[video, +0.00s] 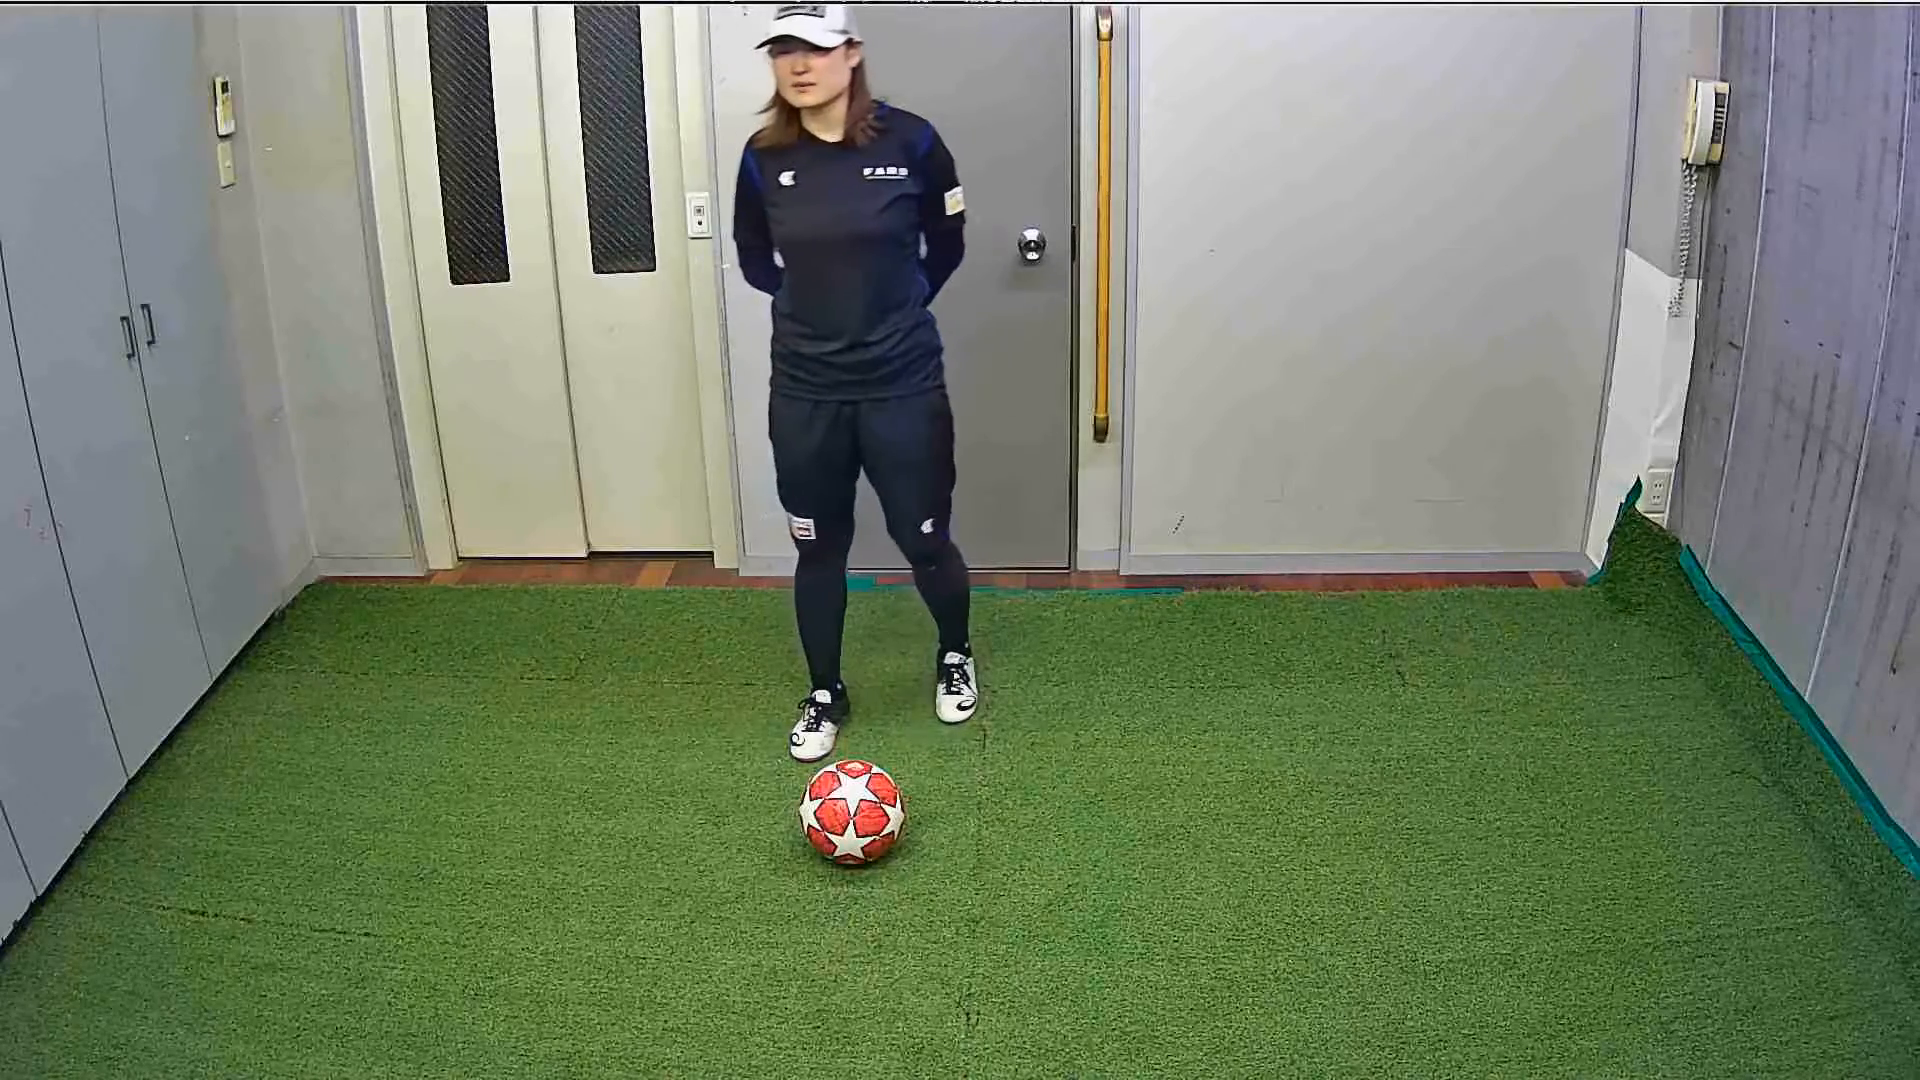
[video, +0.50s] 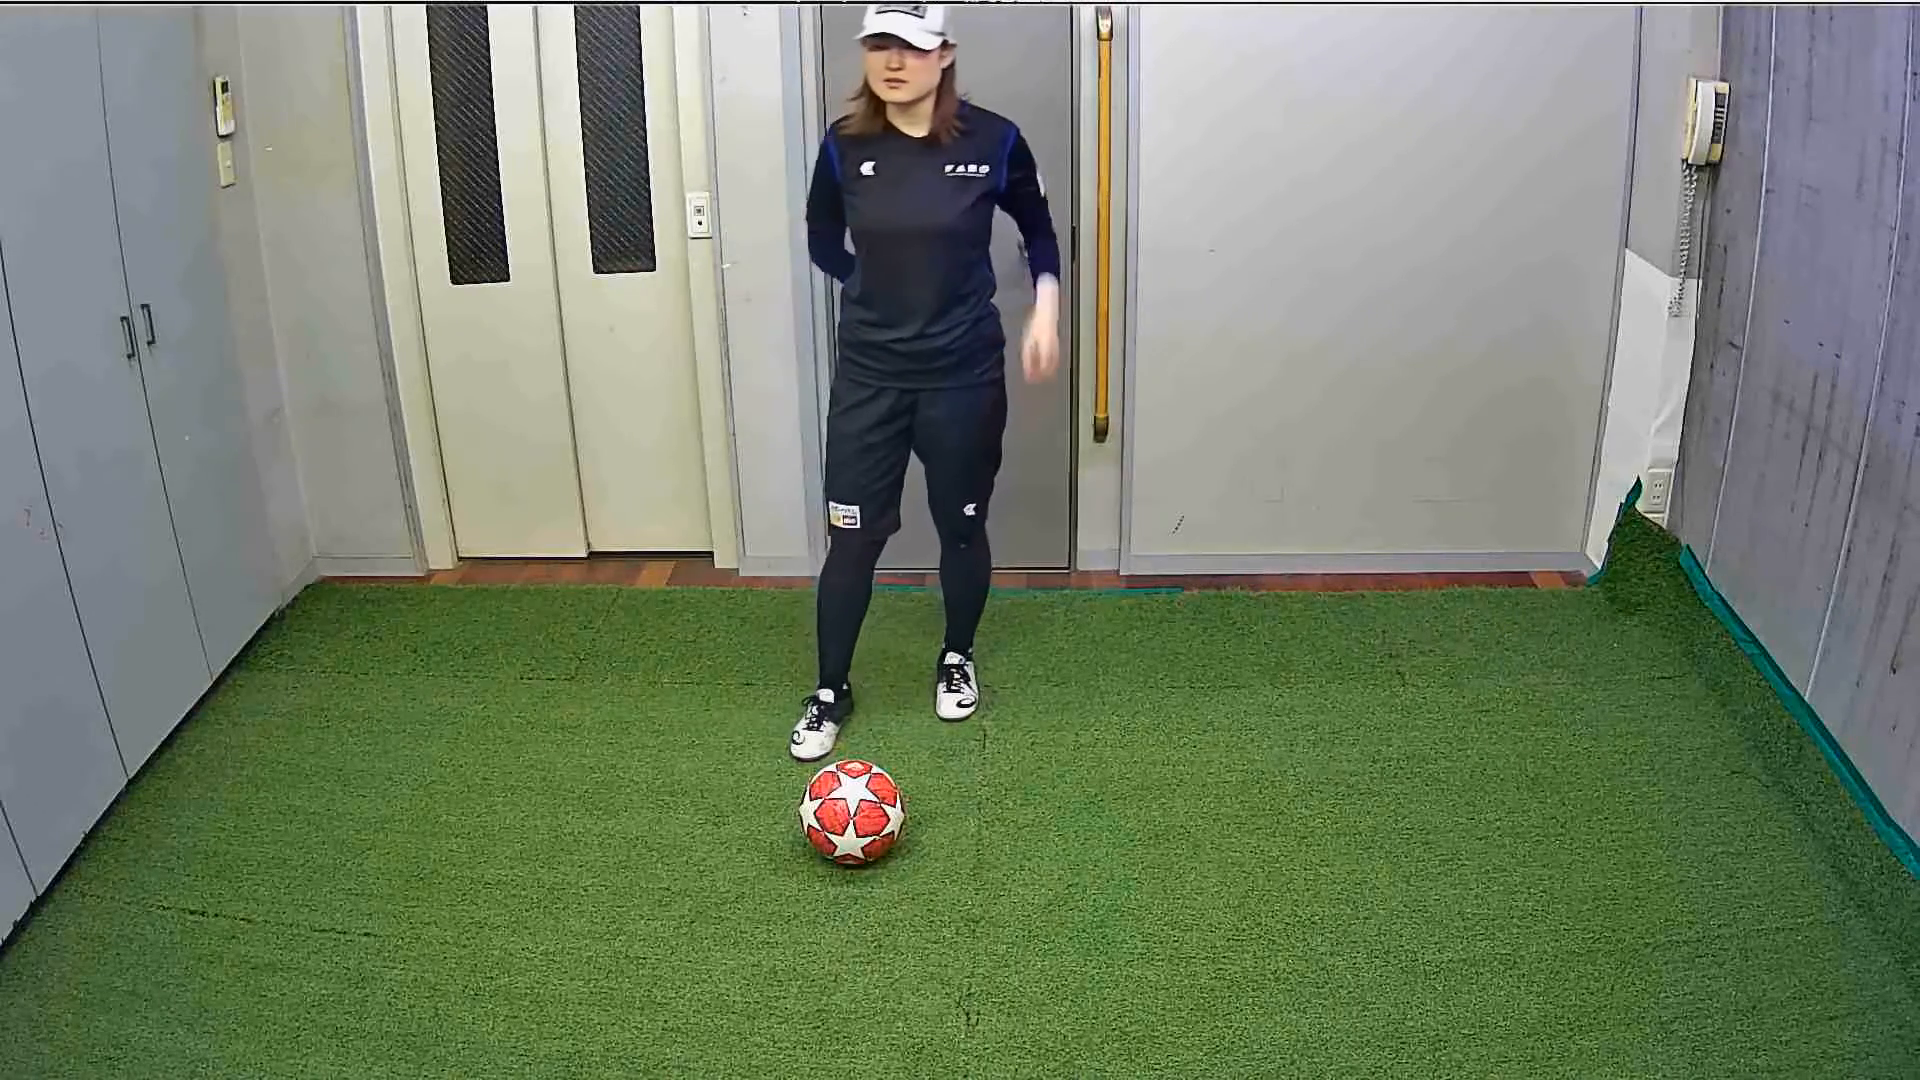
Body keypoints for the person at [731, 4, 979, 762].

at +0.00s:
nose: (799, 65)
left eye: (814, 50)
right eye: (787, 53)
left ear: (852, 56)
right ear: (775, 65)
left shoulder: (913, 141)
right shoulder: (762, 157)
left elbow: (948, 246)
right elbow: (754, 260)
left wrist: (892, 305)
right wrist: (816, 296)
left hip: (901, 382)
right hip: (805, 387)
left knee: (925, 537)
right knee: (815, 543)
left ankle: (955, 655)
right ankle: (825, 693)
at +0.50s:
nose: (890, 60)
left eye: (907, 47)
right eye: (878, 47)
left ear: (943, 56)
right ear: (863, 59)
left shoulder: (994, 142)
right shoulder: (845, 144)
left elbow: (1037, 226)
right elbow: (822, 240)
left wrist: (1045, 314)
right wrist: (872, 280)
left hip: (962, 366)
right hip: (868, 367)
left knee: (961, 522)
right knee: (851, 527)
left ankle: (956, 661)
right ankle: (830, 692)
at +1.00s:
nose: (929, 62)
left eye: (944, 47)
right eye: (917, 47)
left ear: (976, 54)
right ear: (901, 54)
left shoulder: (1015, 138)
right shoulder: (874, 134)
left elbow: (986, 242)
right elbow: (849, 238)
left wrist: (956, 146)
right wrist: (908, 275)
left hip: (976, 365)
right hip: (884, 361)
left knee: (970, 521)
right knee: (865, 523)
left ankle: (958, 662)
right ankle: (849, 684)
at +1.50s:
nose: (916, 56)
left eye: (933, 44)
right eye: (904, 42)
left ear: (965, 54)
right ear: (888, 54)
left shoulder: (1010, 142)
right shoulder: (864, 138)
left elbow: (1048, 246)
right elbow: (840, 238)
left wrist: (1011, 263)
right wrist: (896, 278)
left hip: (972, 368)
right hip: (879, 364)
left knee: (967, 522)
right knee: (863, 523)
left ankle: (957, 658)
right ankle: (851, 684)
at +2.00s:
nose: (917, 61)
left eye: (934, 49)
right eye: (905, 47)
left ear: (969, 57)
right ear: (890, 57)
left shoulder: (1017, 142)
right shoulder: (866, 136)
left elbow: (1033, 238)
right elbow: (861, 234)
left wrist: (1046, 326)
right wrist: (914, 278)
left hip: (978, 355)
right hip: (884, 353)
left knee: (971, 516)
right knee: (865, 515)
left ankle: (957, 658)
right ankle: (852, 676)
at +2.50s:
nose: (883, 70)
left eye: (900, 56)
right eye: (870, 55)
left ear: (936, 57)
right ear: (856, 61)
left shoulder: (987, 138)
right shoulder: (835, 140)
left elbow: (1006, 257)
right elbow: (814, 241)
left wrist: (1010, 370)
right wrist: (789, 348)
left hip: (954, 367)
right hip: (859, 367)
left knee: (953, 528)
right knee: (867, 526)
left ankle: (956, 659)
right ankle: (887, 655)